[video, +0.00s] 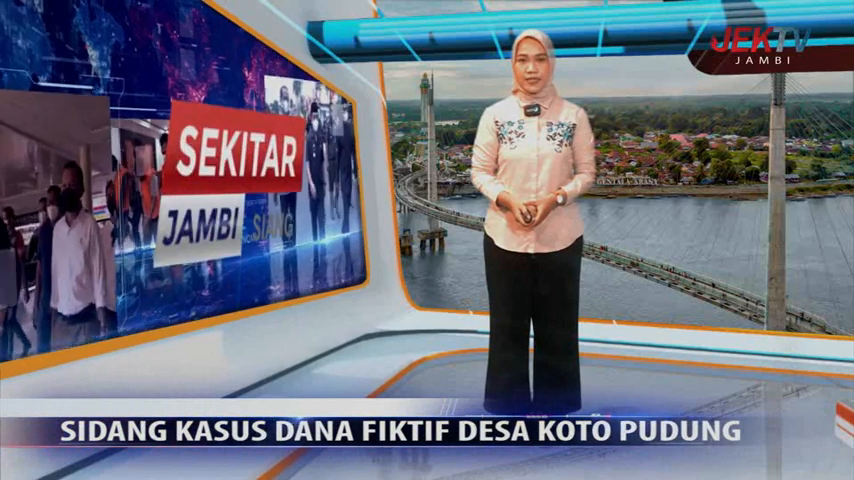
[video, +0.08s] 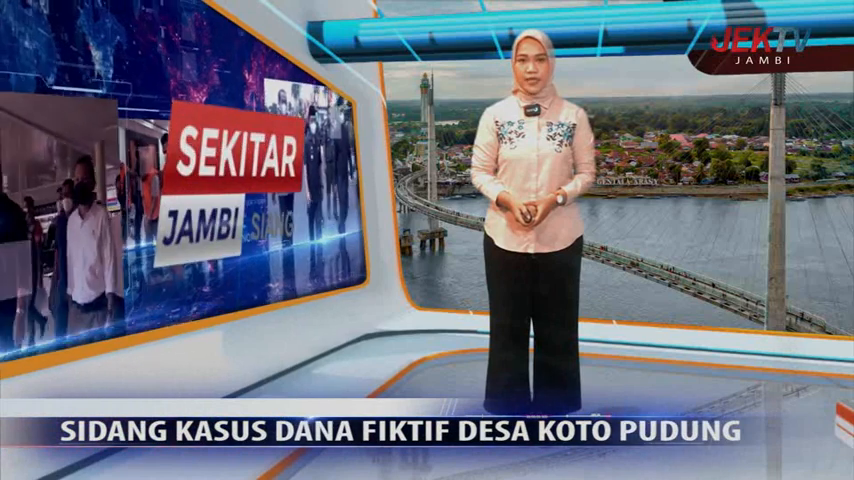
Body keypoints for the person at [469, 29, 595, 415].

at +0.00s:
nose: (531, 67)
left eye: (539, 59)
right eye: (523, 59)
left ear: (551, 64)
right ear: (513, 65)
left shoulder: (573, 116)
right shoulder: (494, 116)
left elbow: (587, 173)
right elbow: (480, 172)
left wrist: (553, 199)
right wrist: (508, 201)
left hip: (559, 243)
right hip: (506, 244)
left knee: (558, 338)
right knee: (507, 336)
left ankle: (558, 423)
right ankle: (506, 422)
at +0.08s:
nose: (531, 67)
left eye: (539, 59)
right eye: (523, 59)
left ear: (551, 65)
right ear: (513, 65)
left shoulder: (573, 116)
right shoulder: (494, 116)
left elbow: (587, 173)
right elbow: (479, 172)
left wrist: (553, 199)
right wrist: (508, 201)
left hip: (559, 243)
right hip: (506, 244)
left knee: (558, 338)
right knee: (507, 337)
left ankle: (558, 423)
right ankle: (506, 422)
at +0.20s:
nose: (531, 67)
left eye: (539, 59)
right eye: (523, 60)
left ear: (551, 65)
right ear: (513, 65)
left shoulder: (573, 116)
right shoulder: (494, 116)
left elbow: (587, 173)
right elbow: (479, 171)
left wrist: (553, 199)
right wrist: (508, 201)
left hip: (559, 243)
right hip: (506, 244)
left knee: (558, 338)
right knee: (507, 337)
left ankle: (557, 422)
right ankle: (506, 422)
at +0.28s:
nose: (531, 67)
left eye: (539, 59)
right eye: (523, 60)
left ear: (551, 65)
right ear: (513, 65)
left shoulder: (573, 116)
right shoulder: (494, 116)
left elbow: (586, 173)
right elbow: (479, 171)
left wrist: (553, 199)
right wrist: (508, 201)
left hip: (558, 243)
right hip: (506, 243)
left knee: (558, 337)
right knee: (507, 336)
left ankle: (557, 422)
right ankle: (507, 422)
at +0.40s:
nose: (531, 67)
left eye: (539, 59)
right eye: (523, 59)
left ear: (551, 65)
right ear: (512, 65)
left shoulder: (573, 116)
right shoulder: (494, 116)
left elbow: (586, 174)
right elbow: (479, 171)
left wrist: (553, 200)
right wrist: (508, 201)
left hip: (558, 243)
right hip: (506, 244)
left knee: (558, 338)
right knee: (507, 336)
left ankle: (557, 422)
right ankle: (507, 422)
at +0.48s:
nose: (531, 67)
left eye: (539, 59)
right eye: (523, 59)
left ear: (551, 65)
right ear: (512, 65)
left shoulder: (573, 116)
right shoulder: (494, 116)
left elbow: (586, 174)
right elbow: (479, 172)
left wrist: (553, 200)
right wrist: (508, 201)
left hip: (559, 243)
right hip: (506, 244)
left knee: (558, 338)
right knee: (507, 336)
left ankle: (557, 422)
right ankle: (506, 422)